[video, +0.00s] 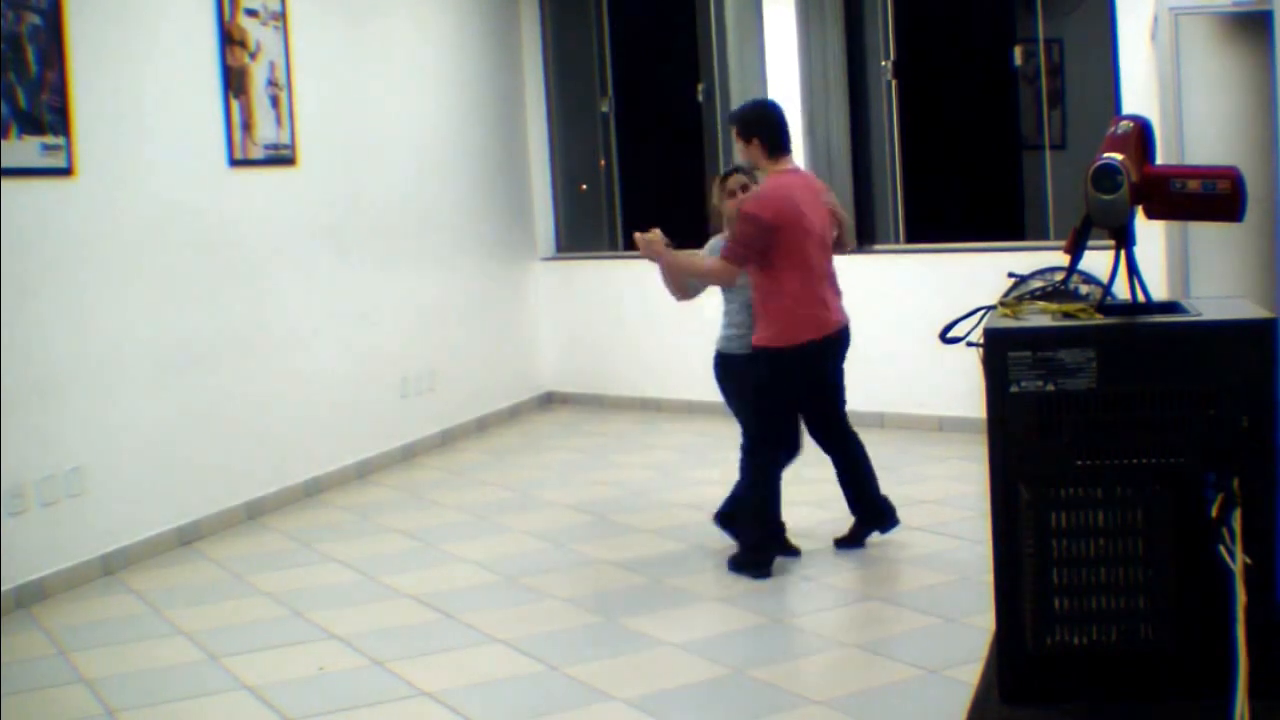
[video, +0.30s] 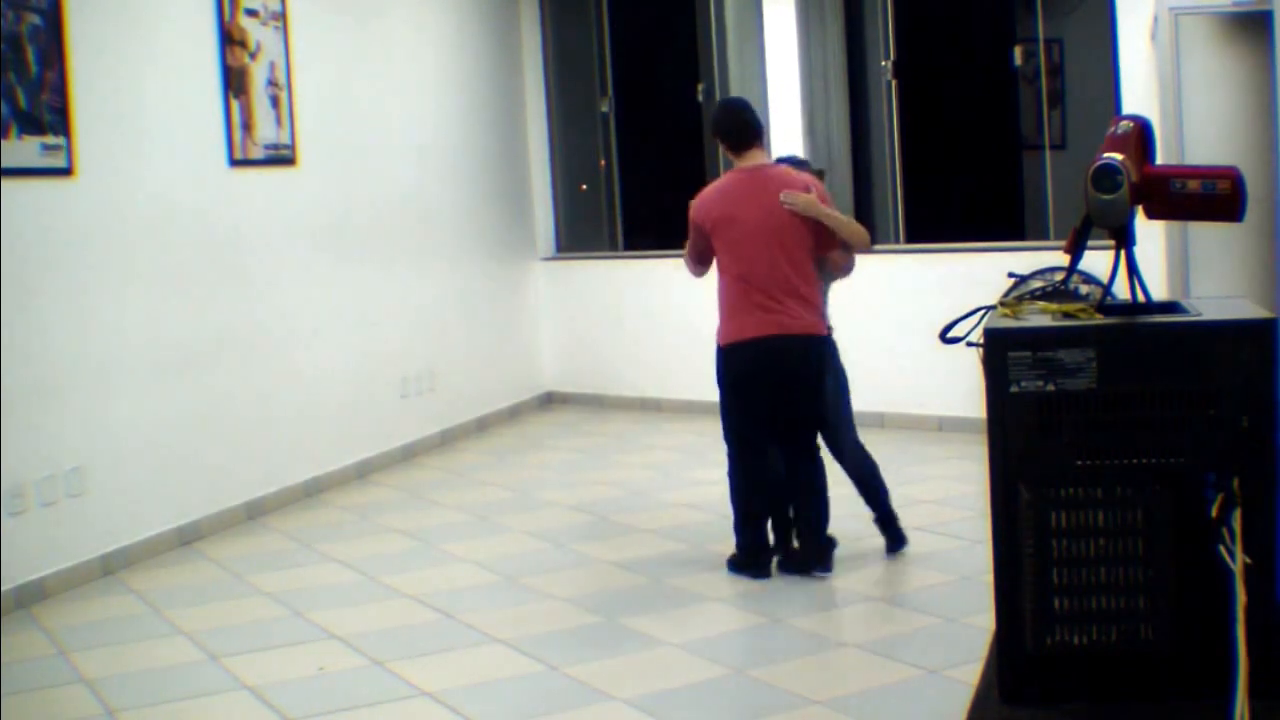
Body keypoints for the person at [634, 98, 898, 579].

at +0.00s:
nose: (738, 150)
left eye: (738, 143)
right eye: (737, 143)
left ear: (751, 144)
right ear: (784, 138)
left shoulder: (759, 203)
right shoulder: (815, 188)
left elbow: (724, 271)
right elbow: (837, 240)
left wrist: (663, 255)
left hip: (783, 339)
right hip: (828, 330)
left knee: (764, 443)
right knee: (831, 427)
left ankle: (756, 552)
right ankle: (873, 509)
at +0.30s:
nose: (723, 147)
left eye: (719, 141)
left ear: (720, 144)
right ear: (762, 133)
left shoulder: (708, 202)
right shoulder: (804, 184)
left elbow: (697, 266)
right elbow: (839, 261)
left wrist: (718, 224)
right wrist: (801, 266)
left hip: (742, 345)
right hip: (804, 340)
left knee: (746, 451)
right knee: (802, 447)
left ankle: (753, 555)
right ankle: (814, 551)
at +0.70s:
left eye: (720, 144)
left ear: (716, 147)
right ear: (762, 140)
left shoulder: (703, 208)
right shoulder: (794, 188)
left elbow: (710, 289)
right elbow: (834, 258)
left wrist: (749, 312)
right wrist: (875, 261)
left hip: (745, 350)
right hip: (807, 342)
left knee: (748, 454)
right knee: (807, 452)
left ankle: (767, 557)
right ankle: (806, 558)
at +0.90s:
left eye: (707, 146)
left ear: (705, 147)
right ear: (748, 138)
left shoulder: (691, 208)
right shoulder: (783, 182)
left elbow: (700, 294)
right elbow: (822, 249)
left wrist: (749, 309)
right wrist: (877, 250)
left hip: (738, 349)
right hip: (799, 337)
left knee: (754, 463)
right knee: (802, 451)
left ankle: (774, 571)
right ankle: (807, 561)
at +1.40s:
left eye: (699, 146)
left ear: (697, 150)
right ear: (741, 142)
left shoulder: (680, 211)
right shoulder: (772, 189)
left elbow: (665, 291)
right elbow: (806, 263)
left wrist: (696, 333)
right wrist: (846, 264)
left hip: (723, 351)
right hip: (784, 342)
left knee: (733, 463)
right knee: (791, 454)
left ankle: (759, 565)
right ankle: (795, 564)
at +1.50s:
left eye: (698, 144)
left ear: (697, 148)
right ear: (740, 142)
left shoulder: (678, 209)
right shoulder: (769, 191)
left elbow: (663, 290)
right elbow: (808, 263)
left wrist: (701, 317)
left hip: (715, 347)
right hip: (776, 338)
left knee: (716, 447)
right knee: (788, 451)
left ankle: (729, 555)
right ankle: (794, 561)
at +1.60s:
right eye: (734, 138)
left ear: (693, 145)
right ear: (737, 142)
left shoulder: (671, 206)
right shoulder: (758, 193)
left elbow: (658, 288)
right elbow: (801, 265)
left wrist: (701, 297)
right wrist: (834, 263)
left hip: (703, 347)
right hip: (764, 337)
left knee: (704, 443)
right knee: (781, 450)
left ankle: (686, 550)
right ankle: (794, 560)